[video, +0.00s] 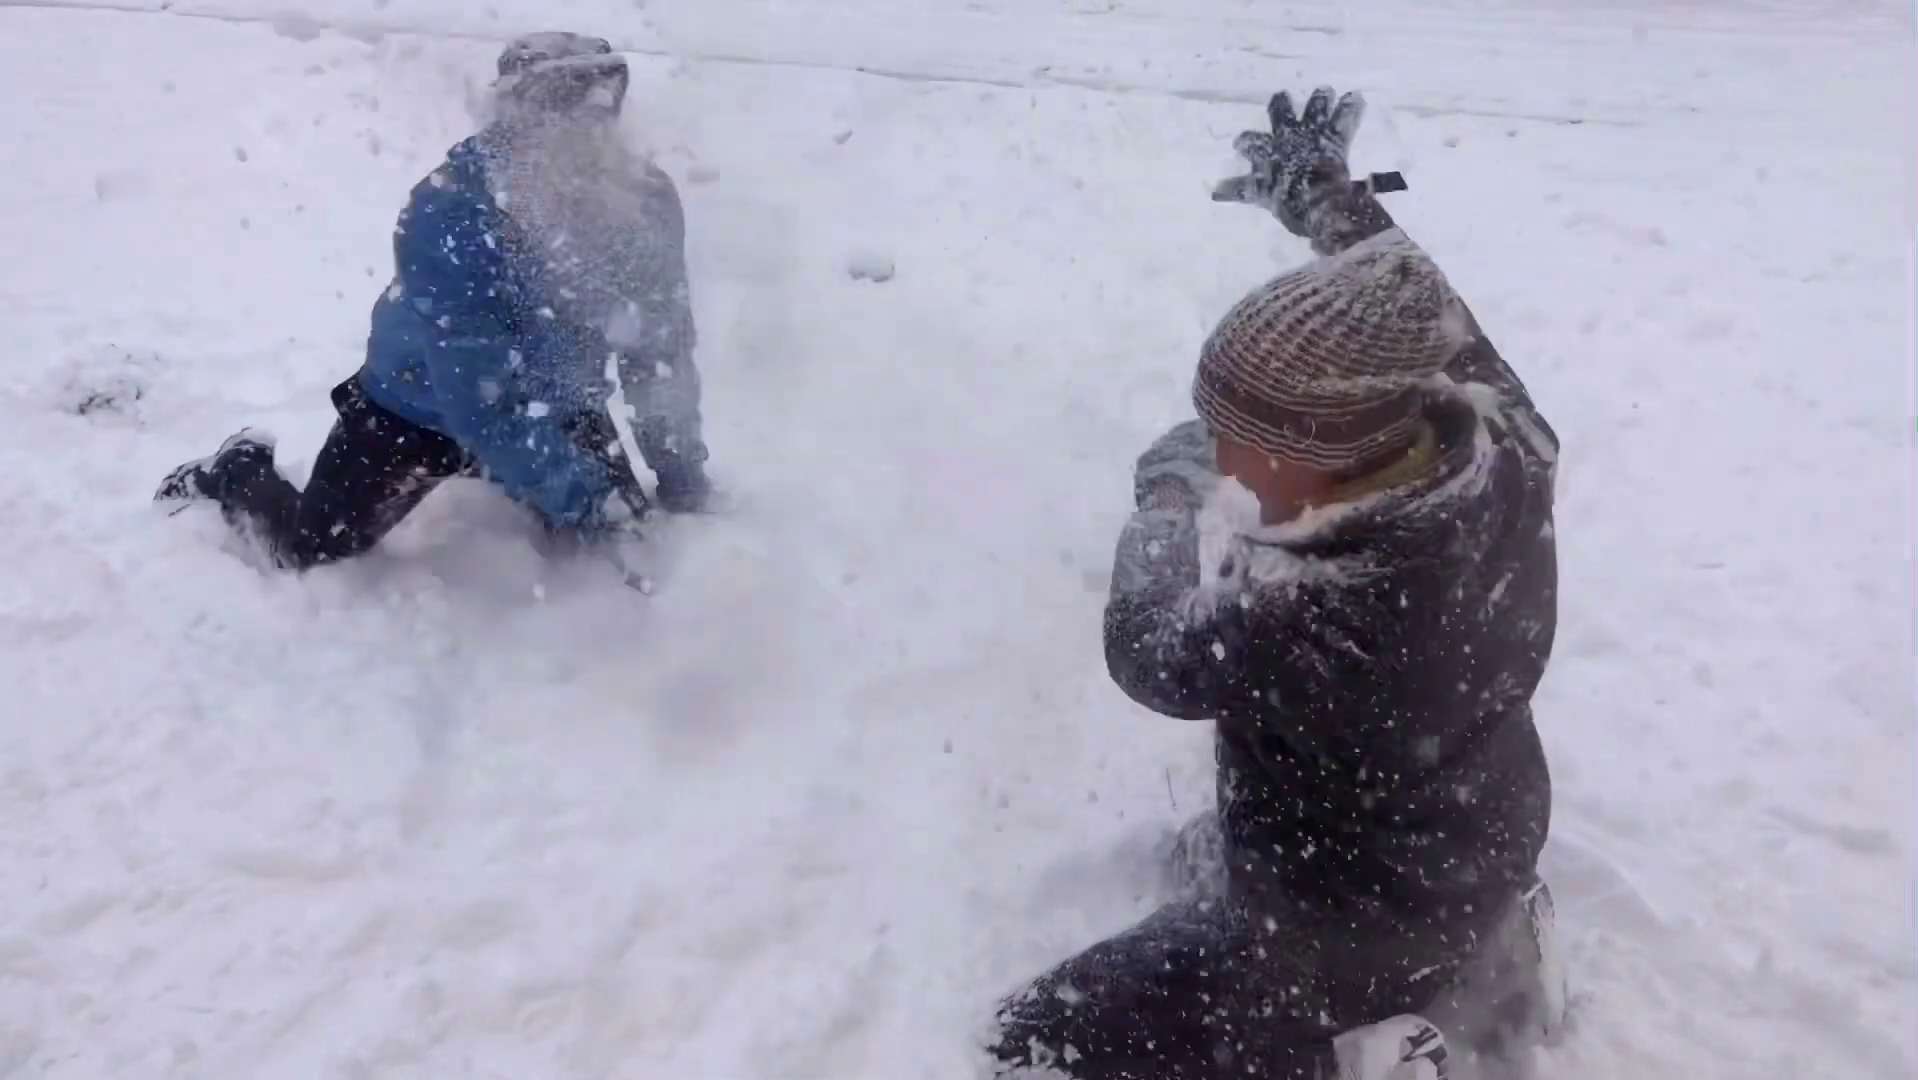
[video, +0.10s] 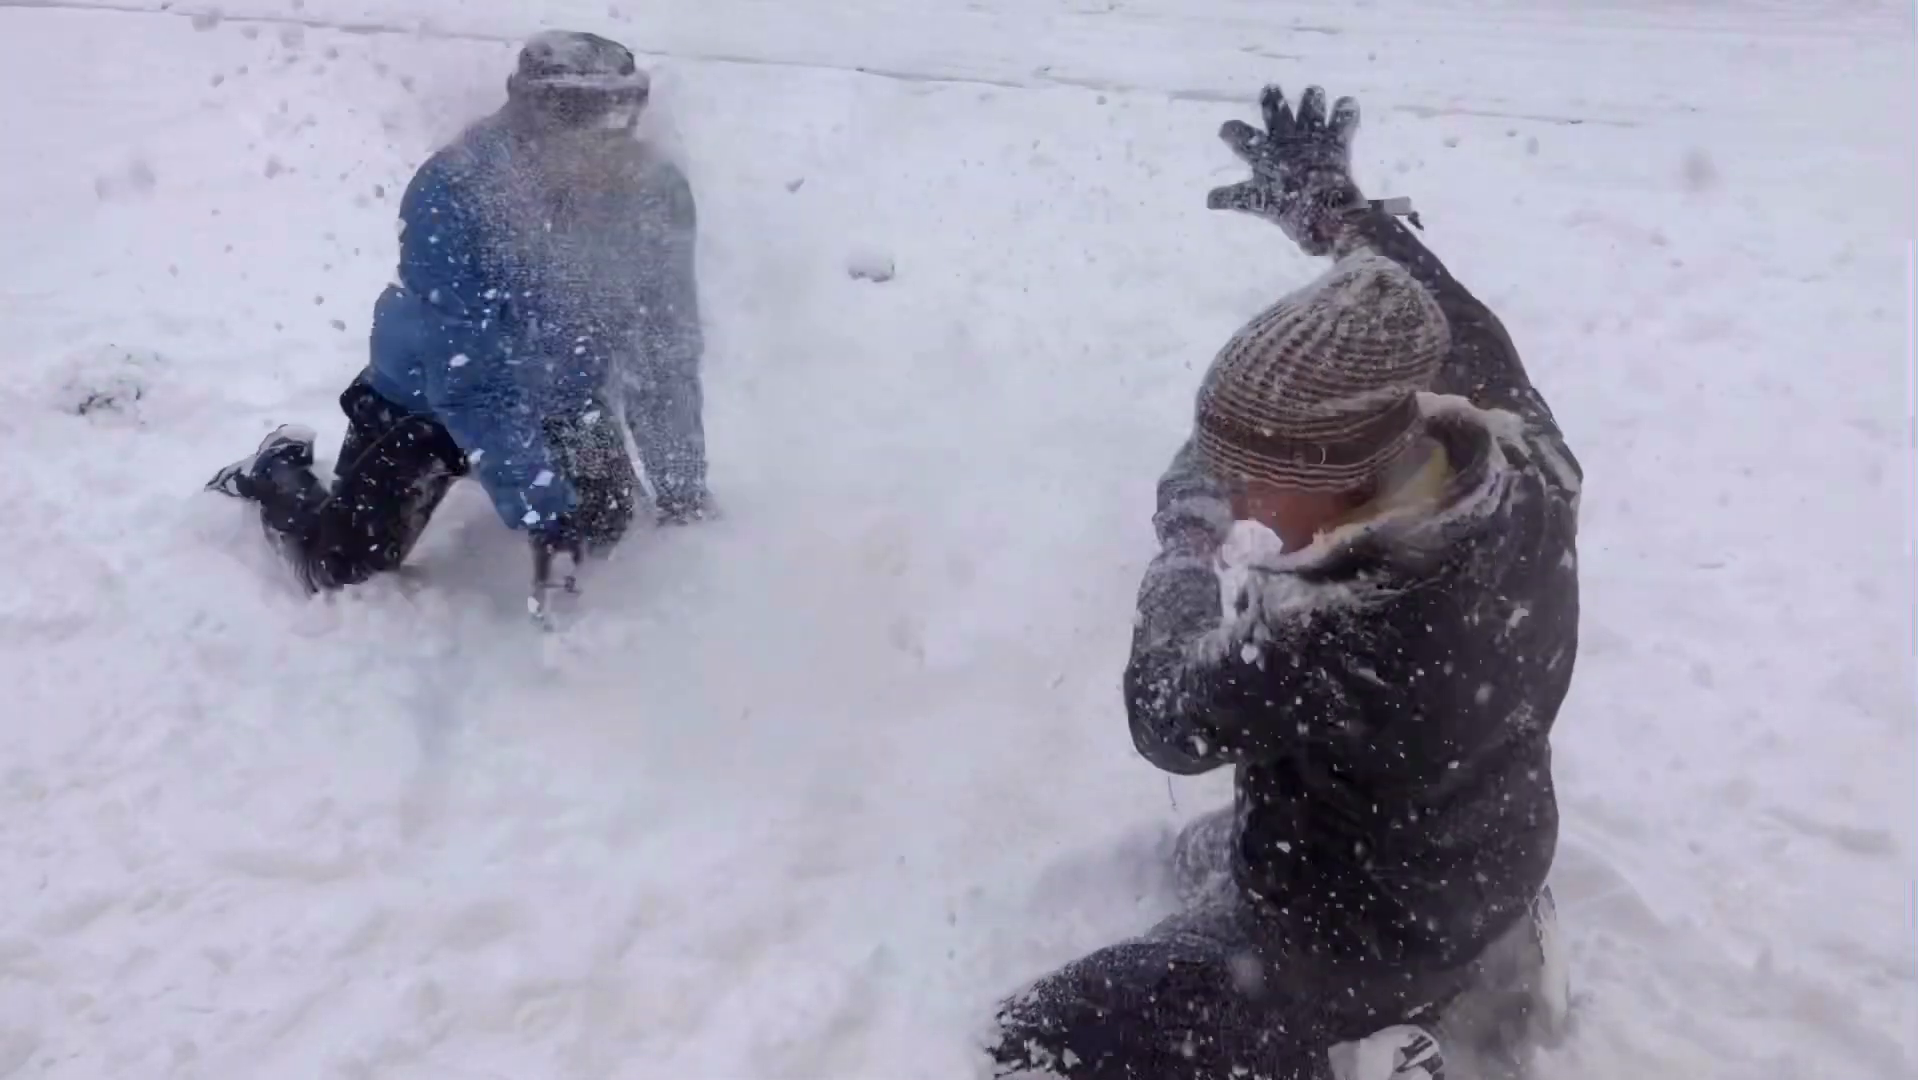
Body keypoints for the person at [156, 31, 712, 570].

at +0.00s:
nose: (584, 151)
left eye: (597, 130)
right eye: (564, 131)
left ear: (614, 127)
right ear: (520, 129)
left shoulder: (643, 204)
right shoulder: (452, 206)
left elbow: (661, 351)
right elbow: (479, 384)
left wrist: (682, 480)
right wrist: (591, 503)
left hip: (556, 406)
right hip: (423, 402)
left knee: (612, 533)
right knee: (311, 545)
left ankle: (526, 471)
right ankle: (236, 475)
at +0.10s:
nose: (607, 157)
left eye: (618, 134)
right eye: (589, 139)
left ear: (631, 122)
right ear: (541, 127)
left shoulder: (653, 192)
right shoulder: (454, 192)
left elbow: (662, 348)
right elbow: (469, 376)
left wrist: (683, 491)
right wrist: (546, 513)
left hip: (562, 397)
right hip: (431, 397)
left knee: (599, 524)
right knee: (345, 567)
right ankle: (276, 474)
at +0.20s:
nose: (619, 172)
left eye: (632, 152)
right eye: (602, 154)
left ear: (643, 139)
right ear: (553, 138)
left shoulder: (657, 189)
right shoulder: (451, 191)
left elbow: (668, 348)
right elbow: (436, 385)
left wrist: (686, 476)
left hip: (559, 412)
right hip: (438, 405)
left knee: (620, 551)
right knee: (393, 570)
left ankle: (521, 463)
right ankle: (322, 477)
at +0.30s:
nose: (596, 197)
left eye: (616, 181)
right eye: (581, 177)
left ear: (637, 161)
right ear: (541, 149)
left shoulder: (652, 186)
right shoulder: (442, 206)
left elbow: (667, 332)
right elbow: (396, 389)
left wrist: (693, 464)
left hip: (567, 411)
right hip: (452, 411)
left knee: (615, 542)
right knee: (458, 569)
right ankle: (353, 488)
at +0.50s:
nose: (574, 179)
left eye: (591, 157)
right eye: (552, 161)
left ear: (609, 139)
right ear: (506, 144)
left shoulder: (624, 177)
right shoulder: (435, 228)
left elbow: (661, 329)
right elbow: (404, 433)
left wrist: (719, 452)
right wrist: (388, 613)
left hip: (567, 421)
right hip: (454, 440)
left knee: (620, 549)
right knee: (493, 626)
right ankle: (370, 520)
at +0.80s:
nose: (498, 175)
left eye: (519, 152)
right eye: (475, 153)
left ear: (550, 146)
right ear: (437, 149)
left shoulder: (598, 231)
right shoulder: (367, 254)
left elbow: (632, 399)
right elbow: (348, 448)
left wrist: (673, 535)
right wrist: (386, 602)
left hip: (530, 437)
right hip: (410, 458)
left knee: (630, 559)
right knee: (487, 625)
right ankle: (343, 555)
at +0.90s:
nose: (481, 177)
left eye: (502, 151)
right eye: (458, 152)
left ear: (541, 148)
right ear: (430, 148)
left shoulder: (598, 239)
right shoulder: (359, 255)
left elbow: (625, 415)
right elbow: (317, 445)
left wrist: (666, 567)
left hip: (517, 434)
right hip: (395, 461)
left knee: (603, 537)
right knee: (488, 633)